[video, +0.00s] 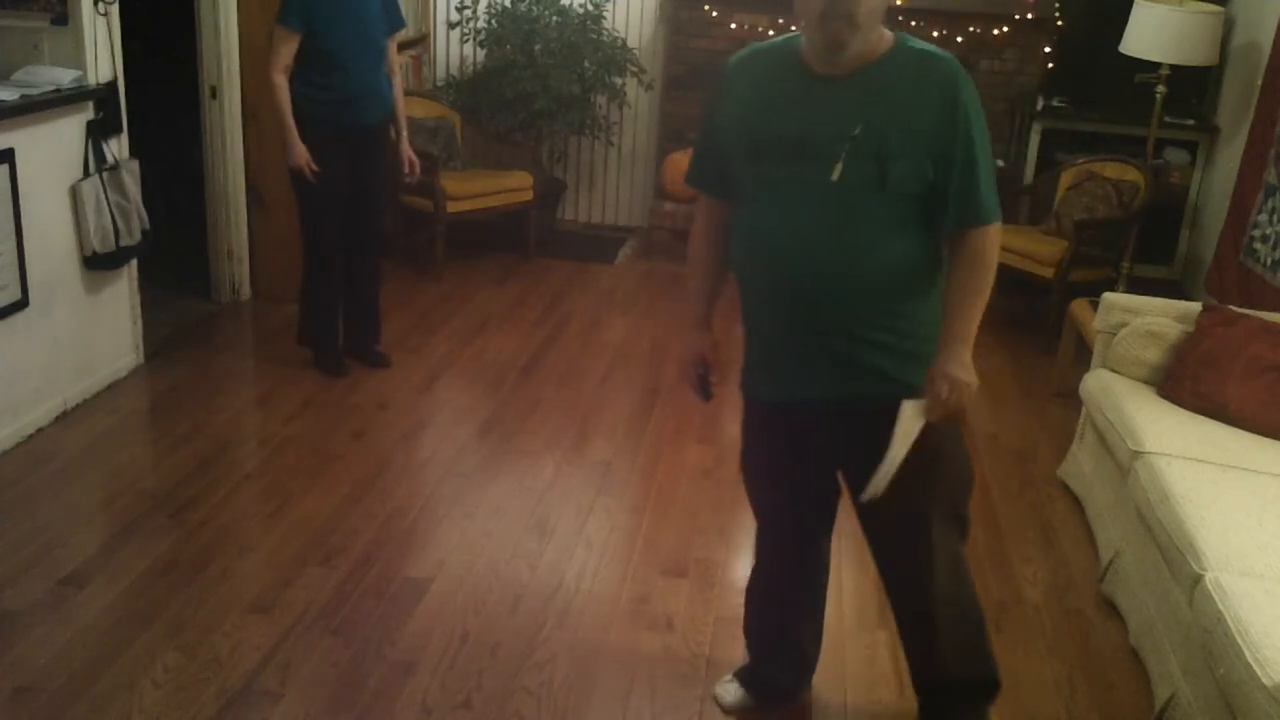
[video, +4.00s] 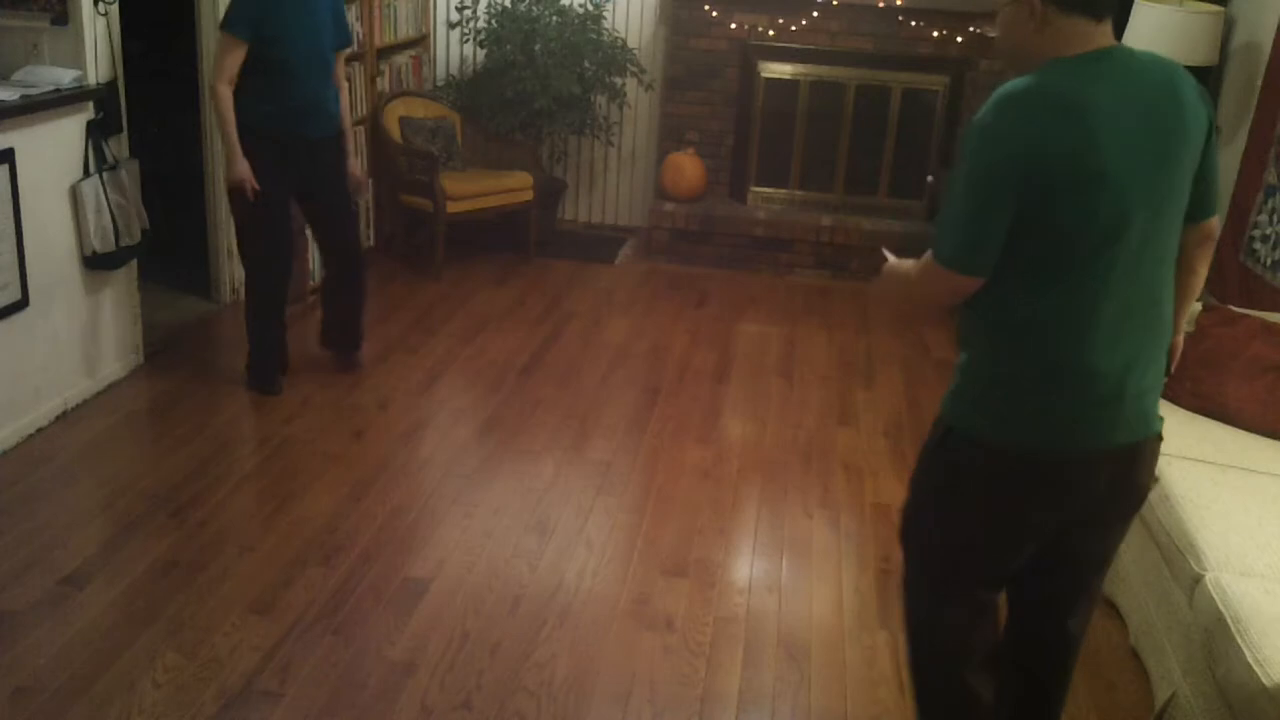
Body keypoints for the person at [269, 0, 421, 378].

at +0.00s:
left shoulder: (384, 6)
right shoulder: (302, 6)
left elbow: (393, 70)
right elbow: (278, 71)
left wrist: (403, 138)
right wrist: (293, 141)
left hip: (372, 136)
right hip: (320, 138)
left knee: (368, 240)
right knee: (325, 242)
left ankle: (363, 339)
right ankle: (324, 346)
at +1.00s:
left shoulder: (379, 6)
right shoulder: (296, 6)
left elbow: (389, 69)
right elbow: (274, 73)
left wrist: (400, 137)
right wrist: (279, 144)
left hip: (370, 133)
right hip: (317, 135)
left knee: (367, 240)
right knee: (322, 242)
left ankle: (363, 340)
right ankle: (323, 345)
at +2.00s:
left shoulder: (379, 6)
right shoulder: (297, 6)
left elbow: (389, 71)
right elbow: (276, 73)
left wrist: (400, 137)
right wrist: (281, 146)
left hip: (370, 133)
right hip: (317, 134)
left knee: (367, 239)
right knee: (322, 241)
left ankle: (363, 339)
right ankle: (323, 345)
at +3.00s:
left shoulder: (385, 6)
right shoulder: (302, 7)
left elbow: (394, 73)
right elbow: (282, 74)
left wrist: (401, 140)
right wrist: (284, 145)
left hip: (375, 132)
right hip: (320, 133)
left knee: (368, 239)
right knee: (325, 240)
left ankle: (364, 340)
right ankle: (324, 345)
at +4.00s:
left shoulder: (331, 8)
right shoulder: (250, 8)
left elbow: (339, 81)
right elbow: (222, 82)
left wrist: (349, 151)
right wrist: (235, 157)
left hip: (321, 147)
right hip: (261, 151)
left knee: (346, 250)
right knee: (268, 262)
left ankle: (343, 341)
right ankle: (265, 370)